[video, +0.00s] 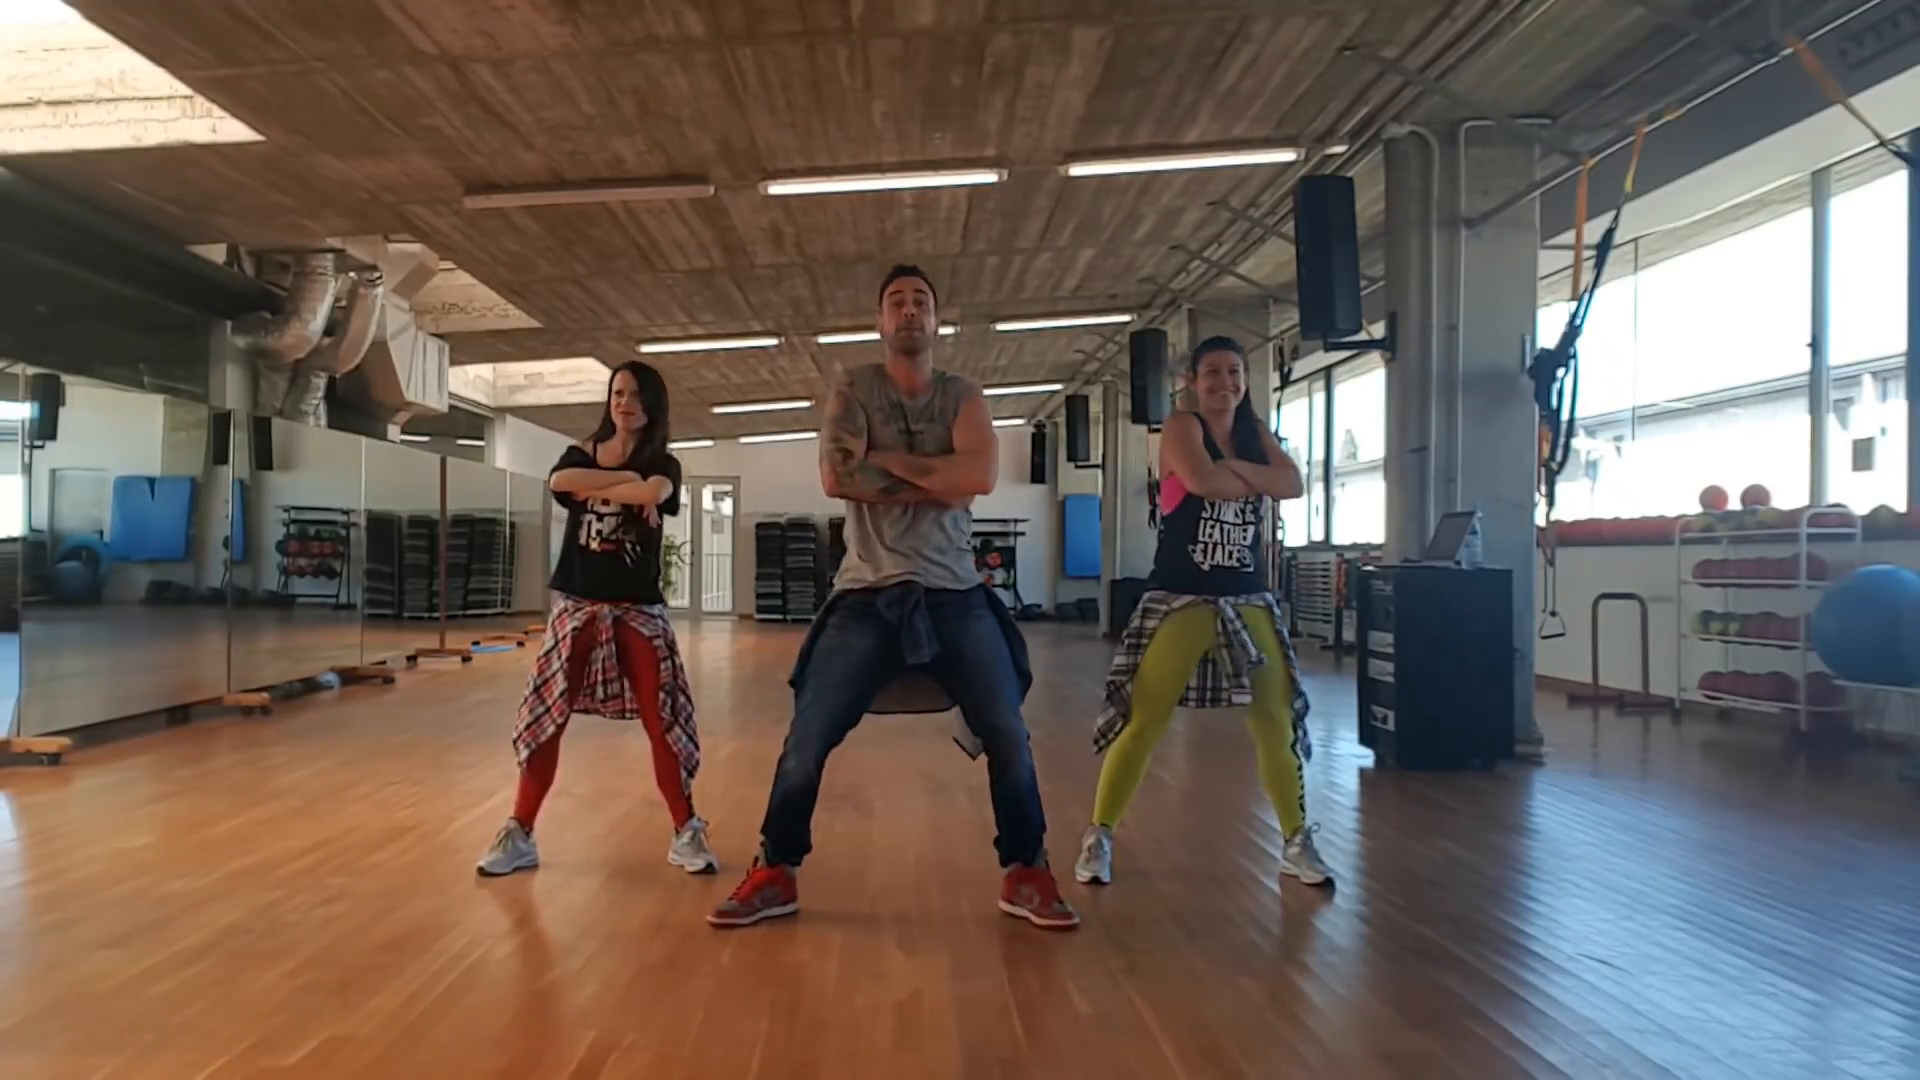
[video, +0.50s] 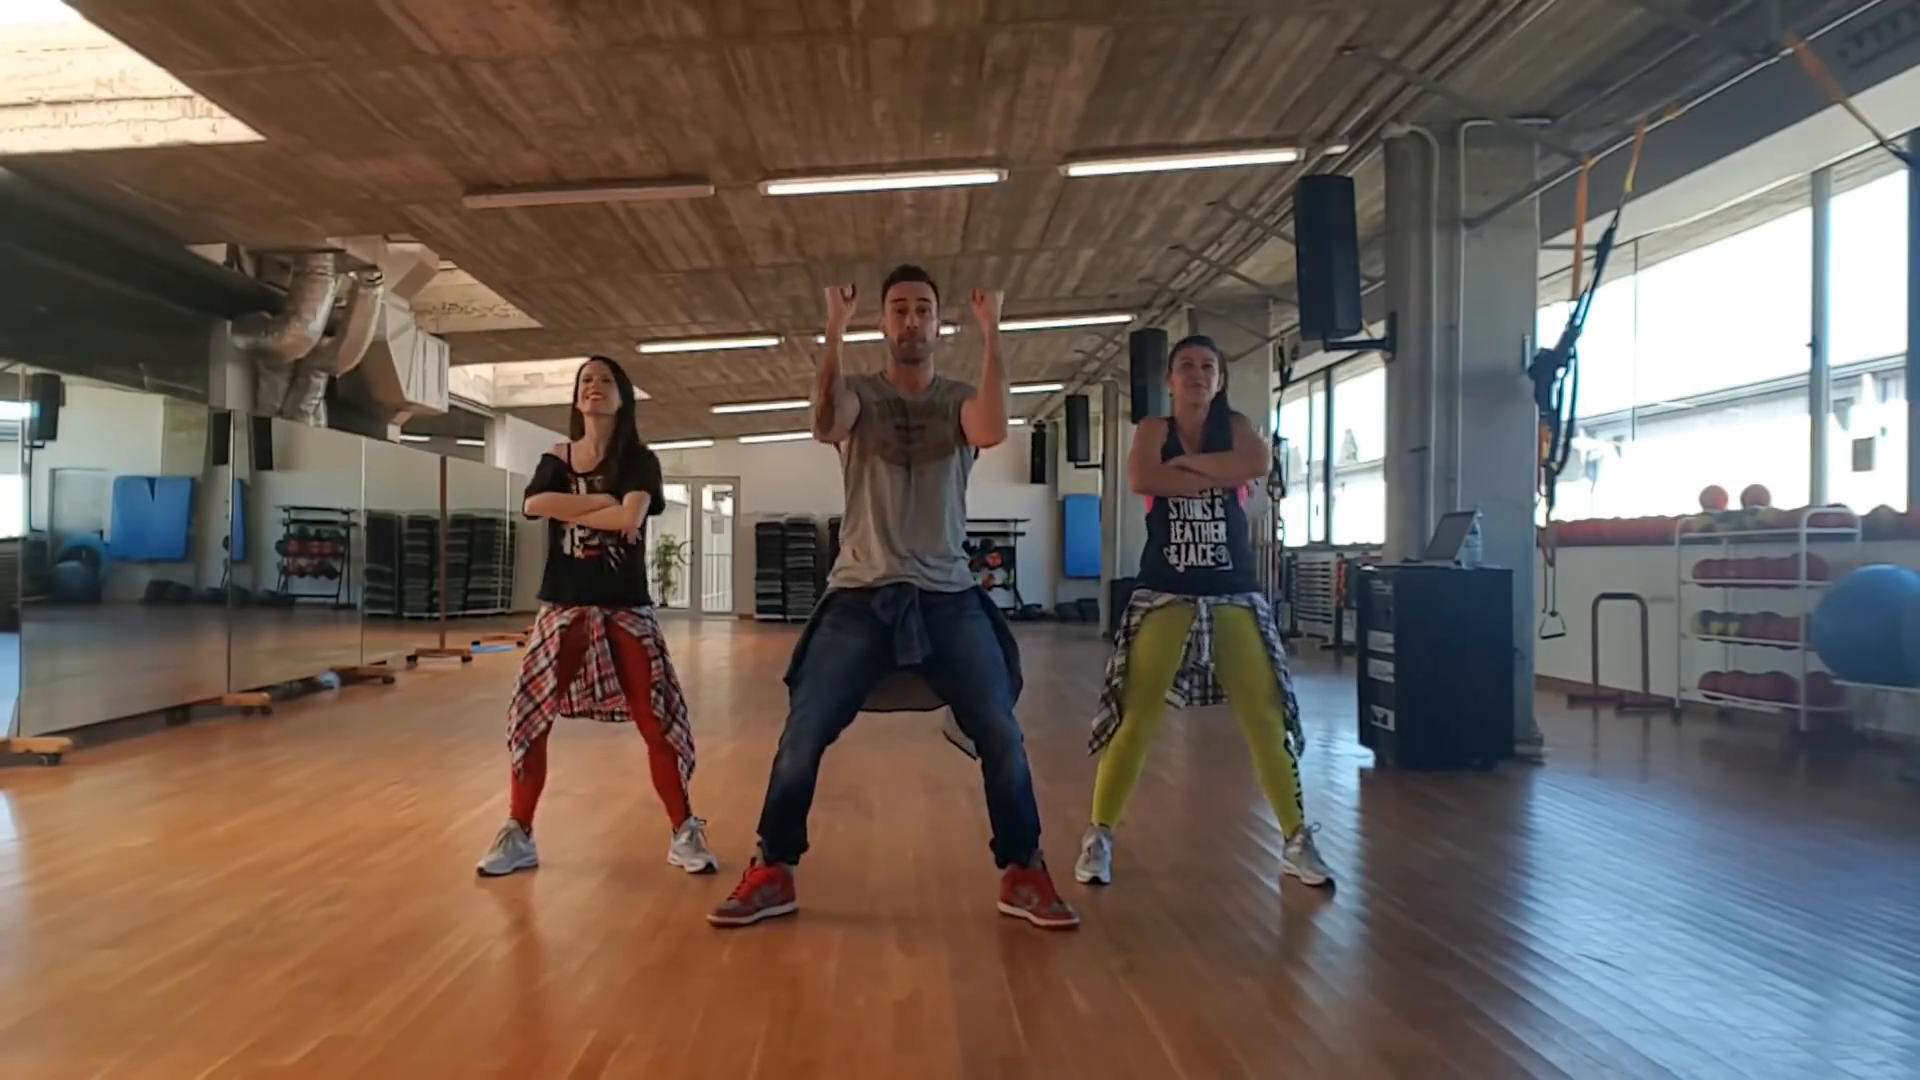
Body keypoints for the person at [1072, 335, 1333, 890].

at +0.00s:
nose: (1225, 380)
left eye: (1233, 372)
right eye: (1214, 372)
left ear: (1245, 382)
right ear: (1193, 382)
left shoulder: (1253, 432)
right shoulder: (1181, 426)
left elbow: (1292, 484)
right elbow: (1202, 481)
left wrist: (1231, 466)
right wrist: (1260, 483)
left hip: (1249, 598)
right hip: (1182, 598)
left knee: (1275, 723)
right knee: (1146, 721)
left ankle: (1297, 842)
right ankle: (1099, 838)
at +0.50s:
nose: (1197, 374)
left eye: (1206, 367)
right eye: (1186, 366)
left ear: (1220, 379)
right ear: (1170, 379)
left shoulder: (1236, 426)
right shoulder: (1153, 429)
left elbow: (1257, 464)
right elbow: (1141, 478)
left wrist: (1181, 462)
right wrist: (1220, 476)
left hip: (1233, 591)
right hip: (1164, 591)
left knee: (1264, 714)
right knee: (1138, 717)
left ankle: (1297, 841)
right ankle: (1098, 838)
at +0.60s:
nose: (1192, 372)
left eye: (1202, 364)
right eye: (1182, 364)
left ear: (1216, 377)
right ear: (1164, 377)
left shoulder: (1235, 426)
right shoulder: (1146, 429)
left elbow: (1270, 454)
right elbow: (1108, 475)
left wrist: (1203, 431)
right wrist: (1165, 460)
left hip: (1227, 591)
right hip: (1157, 591)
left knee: (1260, 714)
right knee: (1134, 715)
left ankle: (1297, 840)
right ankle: (1098, 838)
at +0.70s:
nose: (1193, 371)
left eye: (1202, 362)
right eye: (1182, 362)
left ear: (1216, 377)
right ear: (1164, 376)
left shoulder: (1232, 428)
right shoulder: (1146, 430)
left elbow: (1287, 444)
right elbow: (1094, 461)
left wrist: (1241, 387)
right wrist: (1145, 410)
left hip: (1226, 592)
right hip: (1157, 592)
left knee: (1258, 712)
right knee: (1132, 714)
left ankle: (1295, 840)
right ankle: (1098, 838)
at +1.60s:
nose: (1141, 382)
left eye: (1151, 373)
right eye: (1131, 372)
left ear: (1168, 386)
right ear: (1116, 382)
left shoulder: (1181, 445)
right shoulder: (1097, 437)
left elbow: (1256, 451)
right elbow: (1065, 450)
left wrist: (1245, 386)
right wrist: (1101, 392)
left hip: (1164, 600)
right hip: (1095, 600)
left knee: (1219, 710)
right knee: (1085, 729)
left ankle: (1248, 827)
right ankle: (1076, 837)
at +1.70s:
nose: (1132, 375)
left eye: (1143, 367)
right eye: (1123, 366)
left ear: (1158, 378)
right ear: (1107, 375)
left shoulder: (1173, 437)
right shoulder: (1085, 430)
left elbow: (1248, 442)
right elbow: (1029, 444)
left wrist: (1231, 380)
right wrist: (1054, 381)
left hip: (1156, 595)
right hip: (1087, 594)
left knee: (1201, 703)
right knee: (1086, 722)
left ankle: (1177, 813)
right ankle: (1076, 836)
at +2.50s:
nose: (1202, 378)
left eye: (1210, 368)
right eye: (1191, 369)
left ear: (1222, 377)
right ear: (1172, 380)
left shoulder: (1242, 435)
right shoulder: (1159, 438)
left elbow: (1311, 432)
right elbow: (1091, 453)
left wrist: (1285, 379)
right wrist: (1102, 385)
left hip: (1233, 596)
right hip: (1171, 595)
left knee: (1256, 711)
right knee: (1134, 712)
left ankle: (1256, 840)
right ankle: (1088, 831)